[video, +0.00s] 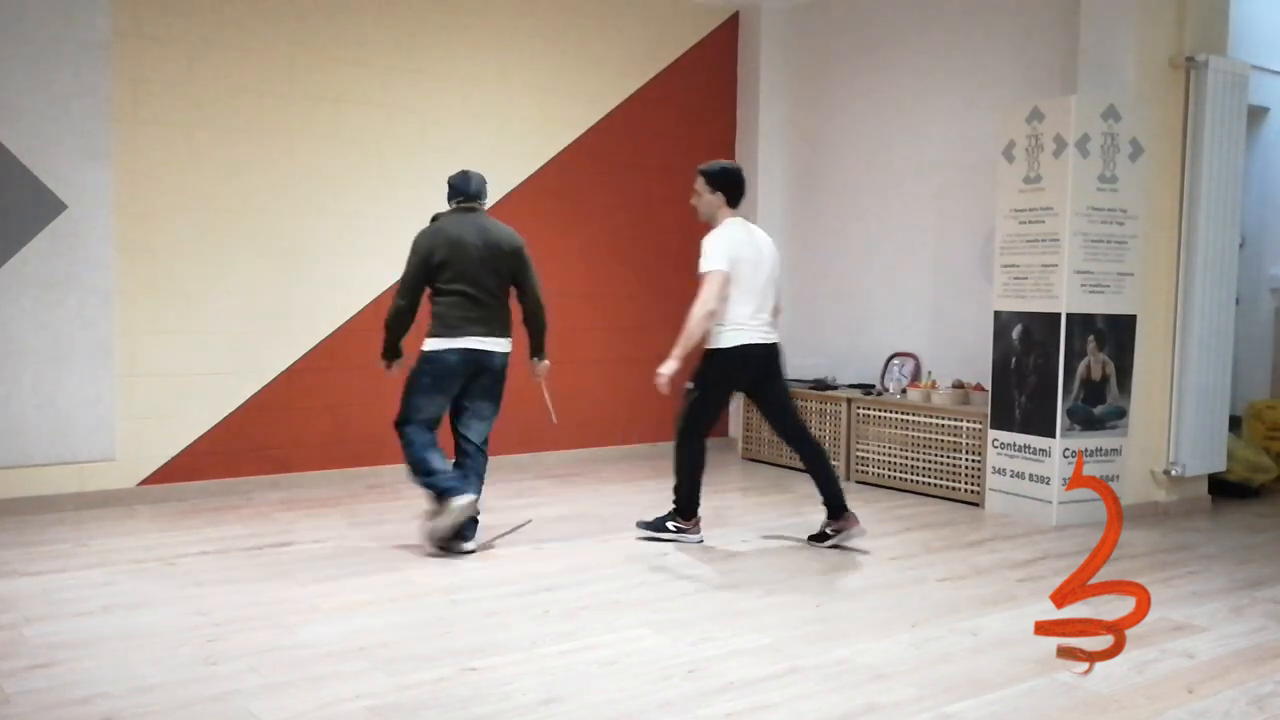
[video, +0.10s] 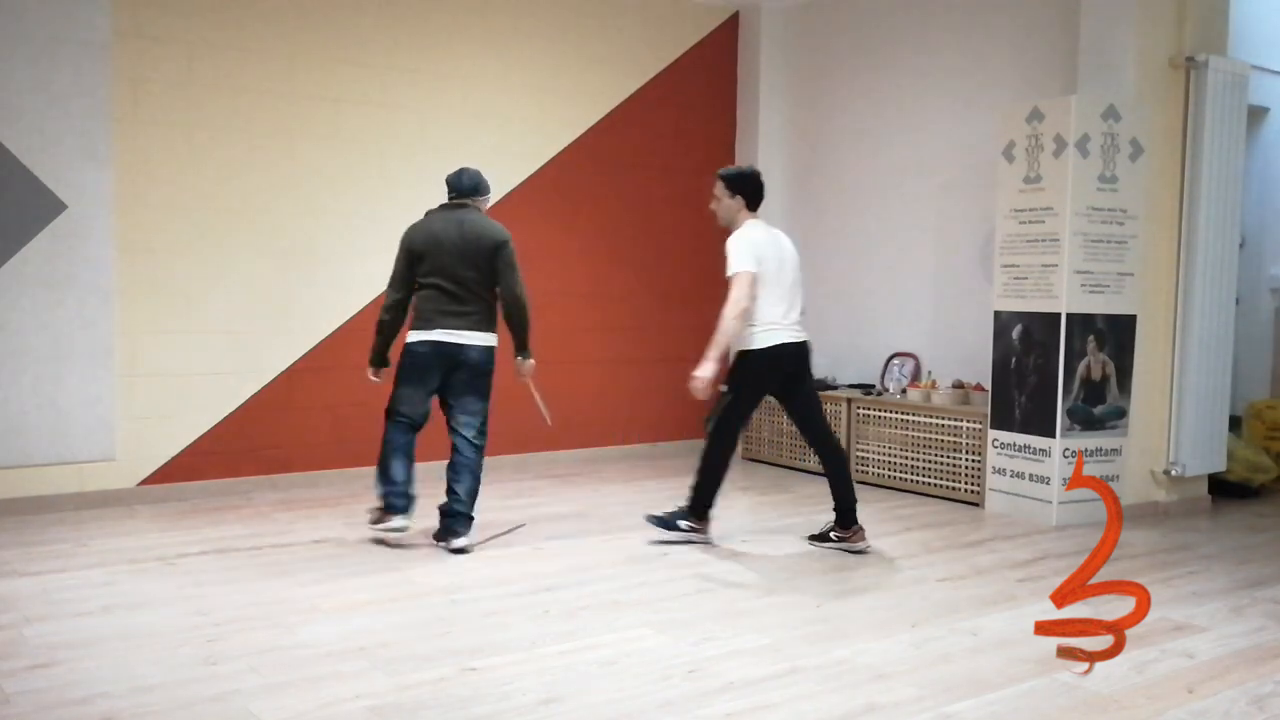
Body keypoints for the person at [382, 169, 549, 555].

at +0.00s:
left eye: (452, 197)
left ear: (450, 198)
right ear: (484, 199)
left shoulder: (432, 236)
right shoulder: (508, 238)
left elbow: (405, 302)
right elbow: (531, 300)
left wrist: (391, 346)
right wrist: (538, 351)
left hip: (446, 350)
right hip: (493, 353)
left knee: (414, 425)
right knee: (473, 440)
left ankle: (452, 493)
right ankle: (464, 532)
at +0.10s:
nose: (489, 204)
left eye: (487, 199)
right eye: (488, 199)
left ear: (449, 196)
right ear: (482, 199)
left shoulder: (419, 231)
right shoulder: (495, 234)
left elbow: (395, 300)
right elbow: (512, 297)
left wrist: (378, 355)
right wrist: (523, 349)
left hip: (426, 346)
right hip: (475, 350)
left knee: (402, 422)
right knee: (468, 437)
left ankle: (396, 506)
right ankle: (455, 528)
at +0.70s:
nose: (472, 215)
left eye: (473, 208)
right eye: (467, 207)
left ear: (439, 207)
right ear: (447, 206)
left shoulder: (414, 232)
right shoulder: (434, 238)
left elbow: (415, 289)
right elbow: (422, 294)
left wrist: (453, 321)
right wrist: (427, 351)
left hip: (401, 343)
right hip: (433, 346)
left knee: (392, 421)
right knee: (451, 418)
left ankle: (371, 503)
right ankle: (452, 492)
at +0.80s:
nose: (479, 218)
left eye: (479, 211)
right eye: (474, 210)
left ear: (448, 211)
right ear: (455, 210)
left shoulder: (426, 237)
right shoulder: (440, 245)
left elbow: (455, 294)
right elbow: (425, 304)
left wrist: (494, 315)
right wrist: (429, 359)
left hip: (412, 345)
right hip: (443, 350)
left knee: (403, 419)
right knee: (458, 421)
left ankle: (371, 497)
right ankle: (460, 491)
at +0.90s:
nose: (489, 220)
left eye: (490, 213)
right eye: (485, 212)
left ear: (461, 212)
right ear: (465, 212)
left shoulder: (437, 240)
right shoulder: (448, 249)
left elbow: (468, 296)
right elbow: (436, 308)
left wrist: (511, 313)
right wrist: (437, 364)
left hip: (428, 346)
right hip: (457, 352)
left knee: (425, 414)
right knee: (473, 423)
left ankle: (382, 484)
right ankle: (462, 492)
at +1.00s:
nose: (497, 219)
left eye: (498, 212)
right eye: (492, 211)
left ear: (472, 213)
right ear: (471, 212)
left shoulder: (461, 243)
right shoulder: (454, 250)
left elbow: (477, 297)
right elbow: (448, 311)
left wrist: (513, 315)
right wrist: (451, 364)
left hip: (461, 347)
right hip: (468, 350)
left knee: (454, 413)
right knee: (476, 422)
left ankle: (403, 469)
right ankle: (462, 492)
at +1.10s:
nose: (503, 216)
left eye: (505, 210)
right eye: (497, 210)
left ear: (497, 210)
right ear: (477, 210)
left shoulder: (478, 242)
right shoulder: (457, 247)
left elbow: (485, 298)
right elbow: (455, 305)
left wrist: (513, 322)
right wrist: (465, 359)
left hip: (486, 344)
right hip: (466, 346)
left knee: (487, 411)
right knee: (478, 417)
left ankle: (440, 468)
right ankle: (462, 489)